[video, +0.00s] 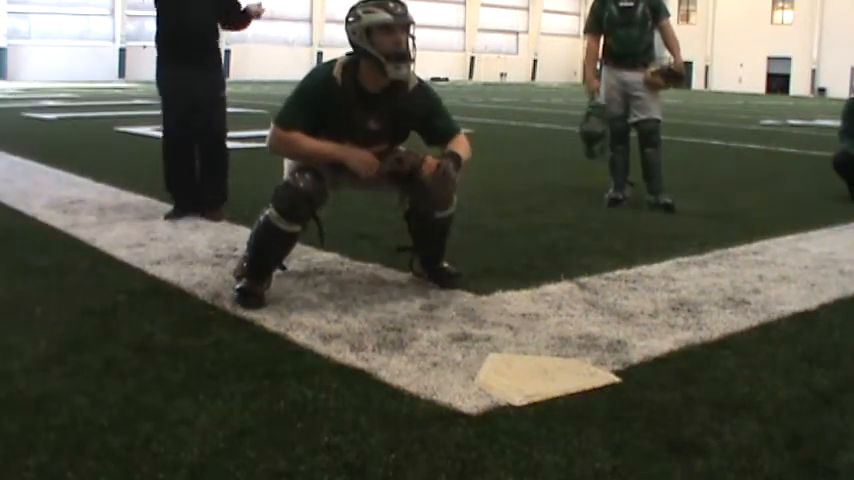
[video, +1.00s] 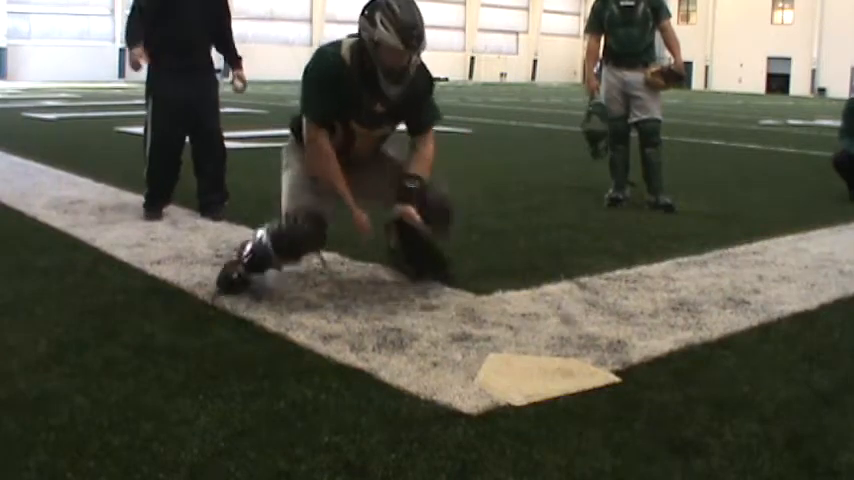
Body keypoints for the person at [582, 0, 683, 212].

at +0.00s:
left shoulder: (652, 4)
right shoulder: (602, 5)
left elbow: (665, 29)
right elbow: (593, 40)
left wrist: (678, 60)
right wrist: (590, 76)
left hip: (645, 74)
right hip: (613, 74)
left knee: (650, 134)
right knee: (617, 135)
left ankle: (656, 193)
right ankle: (618, 188)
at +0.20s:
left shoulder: (652, 4)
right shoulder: (603, 5)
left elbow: (666, 30)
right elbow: (593, 40)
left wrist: (678, 61)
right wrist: (589, 77)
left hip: (645, 74)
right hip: (613, 74)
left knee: (650, 134)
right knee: (617, 135)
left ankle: (656, 193)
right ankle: (618, 188)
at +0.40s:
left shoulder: (653, 4)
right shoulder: (603, 4)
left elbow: (666, 29)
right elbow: (594, 40)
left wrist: (678, 59)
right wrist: (589, 77)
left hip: (645, 73)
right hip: (613, 73)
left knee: (651, 134)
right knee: (617, 134)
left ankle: (656, 193)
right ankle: (618, 188)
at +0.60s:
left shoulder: (653, 4)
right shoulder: (603, 5)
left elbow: (666, 29)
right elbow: (594, 40)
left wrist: (678, 60)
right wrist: (589, 75)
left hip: (645, 73)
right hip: (613, 73)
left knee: (651, 133)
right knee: (617, 134)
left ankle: (656, 193)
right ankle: (618, 187)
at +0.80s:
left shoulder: (653, 4)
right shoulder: (603, 4)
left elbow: (666, 29)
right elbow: (594, 39)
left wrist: (678, 60)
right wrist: (589, 75)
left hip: (645, 74)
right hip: (613, 73)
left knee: (651, 133)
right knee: (617, 134)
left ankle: (656, 193)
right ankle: (618, 188)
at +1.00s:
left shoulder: (653, 4)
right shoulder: (603, 5)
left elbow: (666, 29)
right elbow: (594, 39)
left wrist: (678, 60)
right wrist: (590, 75)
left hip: (645, 74)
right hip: (613, 73)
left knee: (651, 134)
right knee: (617, 134)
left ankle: (656, 193)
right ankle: (618, 188)